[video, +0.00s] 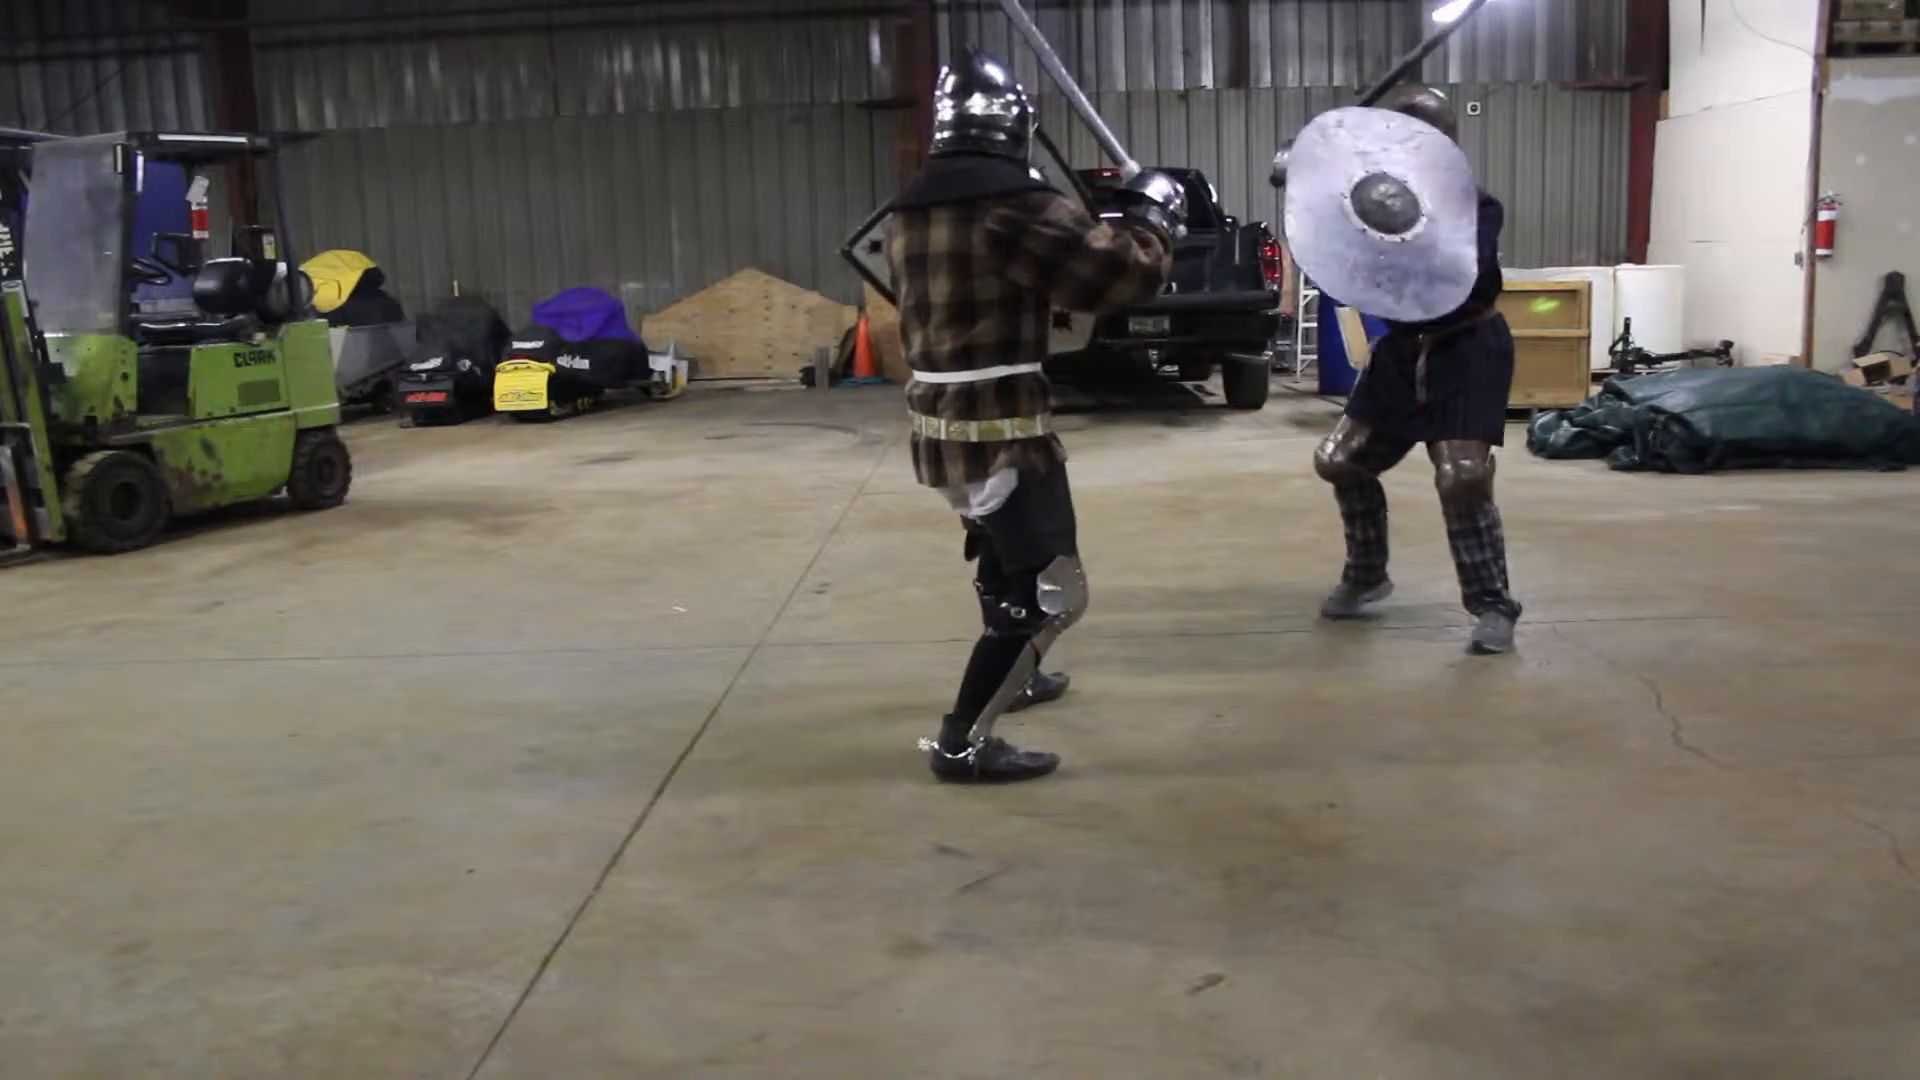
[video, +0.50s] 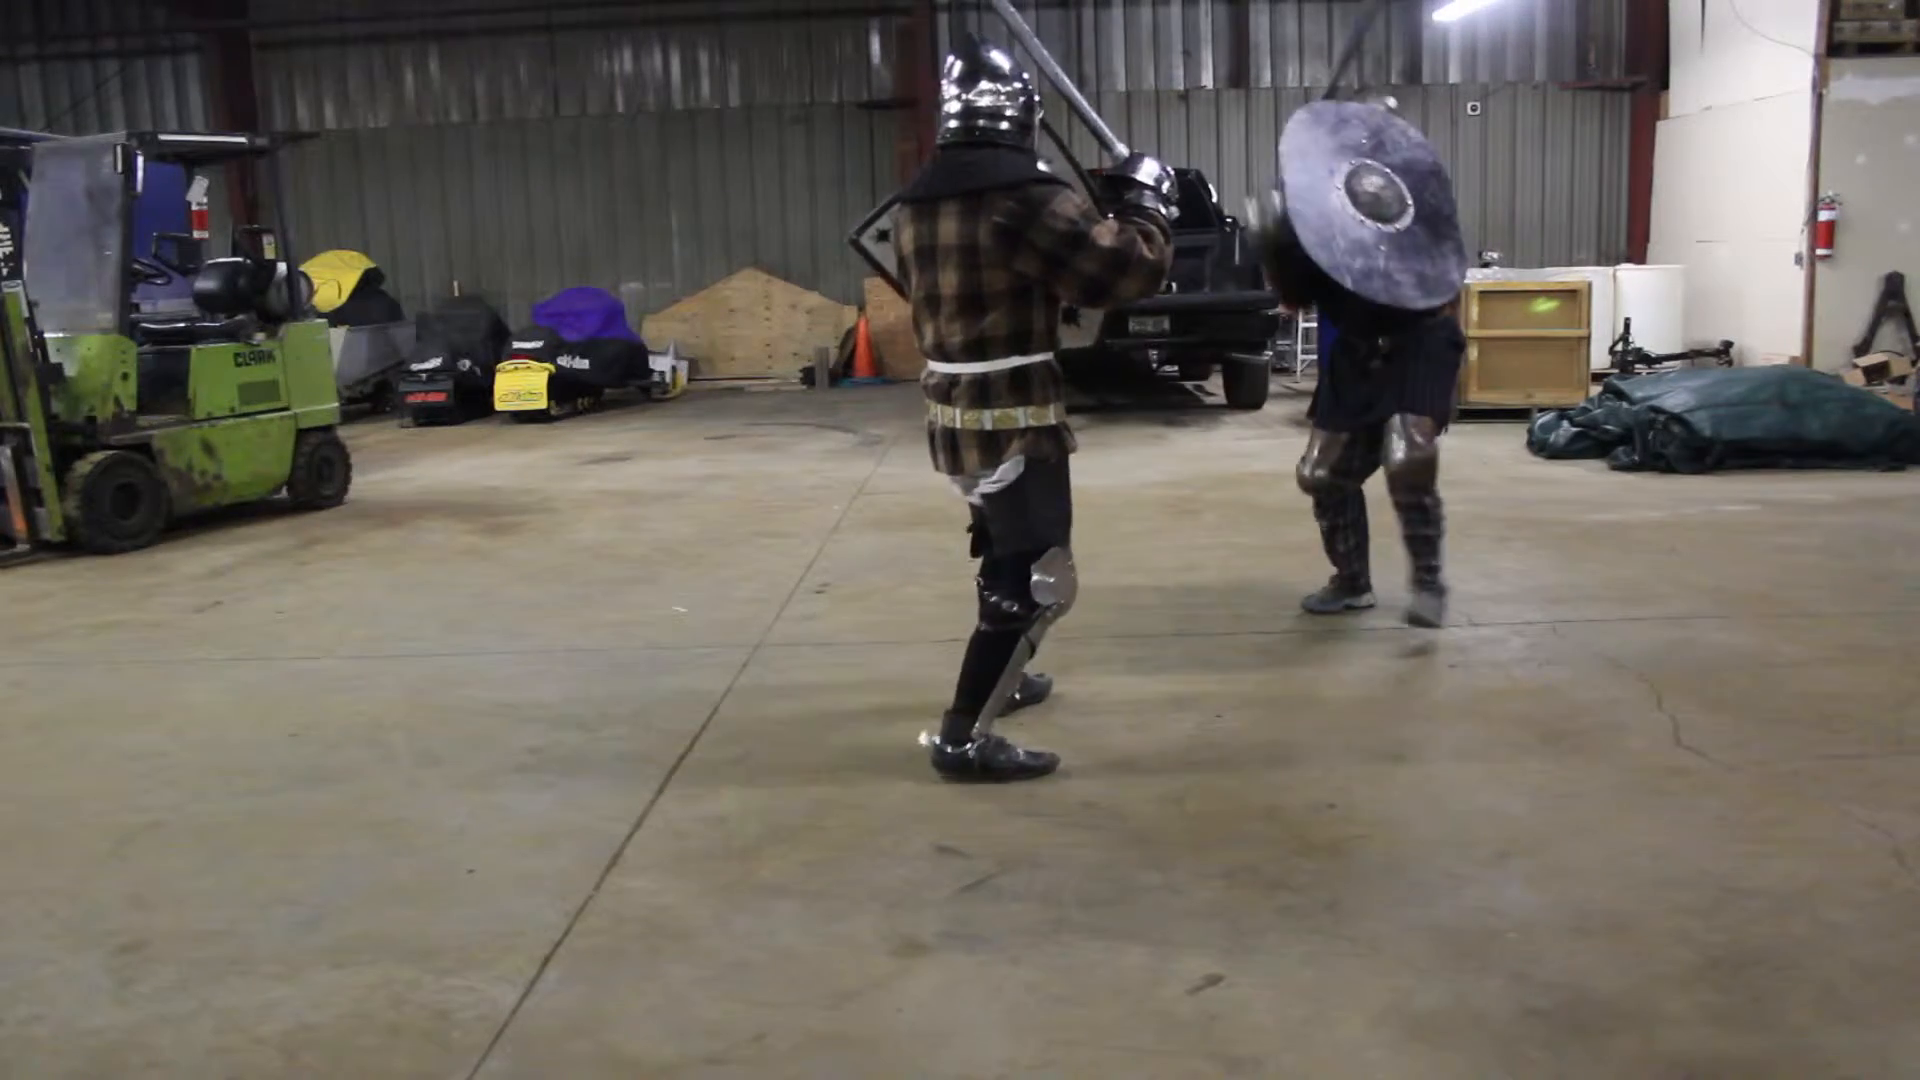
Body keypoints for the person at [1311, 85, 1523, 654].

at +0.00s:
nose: (1414, 143)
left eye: (1428, 131)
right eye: (1403, 131)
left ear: (1450, 140)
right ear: (1386, 137)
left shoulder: (1475, 208)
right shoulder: (1379, 200)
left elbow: (1475, 293)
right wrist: (1304, 186)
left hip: (1470, 343)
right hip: (1402, 343)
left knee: (1461, 474)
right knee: (1343, 461)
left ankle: (1493, 611)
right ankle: (1367, 576)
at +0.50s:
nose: (1363, 170)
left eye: (1373, 158)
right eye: (1349, 158)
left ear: (1390, 157)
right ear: (1333, 164)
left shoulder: (1421, 199)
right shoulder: (1316, 208)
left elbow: (1448, 283)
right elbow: (1294, 296)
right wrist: (1275, 240)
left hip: (1422, 338)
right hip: (1355, 342)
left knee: (1410, 461)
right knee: (1325, 472)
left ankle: (1428, 587)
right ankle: (1351, 580)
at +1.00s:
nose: (1371, 179)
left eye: (1382, 175)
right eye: (1360, 173)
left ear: (1401, 179)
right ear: (1338, 173)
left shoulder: (1419, 212)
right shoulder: (1306, 213)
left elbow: (1446, 279)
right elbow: (1261, 275)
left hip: (1396, 350)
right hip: (1322, 348)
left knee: (1382, 481)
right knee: (1328, 482)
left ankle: (1381, 623)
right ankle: (1346, 579)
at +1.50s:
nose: (1352, 150)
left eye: (1368, 138)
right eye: (1342, 135)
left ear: (1390, 141)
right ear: (1323, 135)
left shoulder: (1408, 203)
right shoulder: (1289, 197)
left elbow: (1439, 289)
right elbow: (1239, 259)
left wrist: (1441, 370)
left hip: (1375, 361)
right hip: (1299, 353)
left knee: (1364, 489)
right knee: (1276, 476)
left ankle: (1378, 625)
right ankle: (1280, 586)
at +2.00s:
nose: (1280, 135)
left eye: (1295, 124)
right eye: (1272, 122)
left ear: (1319, 131)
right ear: (1259, 128)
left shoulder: (1334, 197)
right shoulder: (1237, 198)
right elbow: (1209, 266)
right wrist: (1193, 219)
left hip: (1319, 349)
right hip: (1252, 350)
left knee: (1321, 478)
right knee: (1236, 470)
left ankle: (1349, 614)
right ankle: (1276, 590)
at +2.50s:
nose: (1245, 153)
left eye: (1257, 143)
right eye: (1240, 144)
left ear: (1286, 148)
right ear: (1235, 152)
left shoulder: (1326, 201)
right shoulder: (1233, 212)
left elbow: (1361, 254)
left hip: (1329, 340)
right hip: (1258, 344)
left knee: (1348, 469)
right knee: (1234, 477)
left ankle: (1378, 612)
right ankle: (1275, 588)